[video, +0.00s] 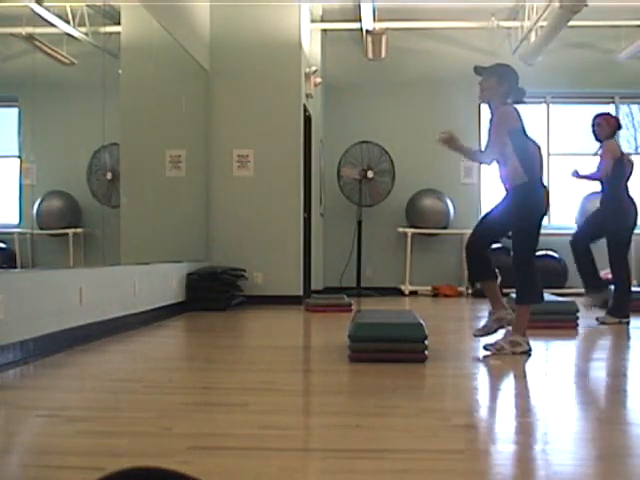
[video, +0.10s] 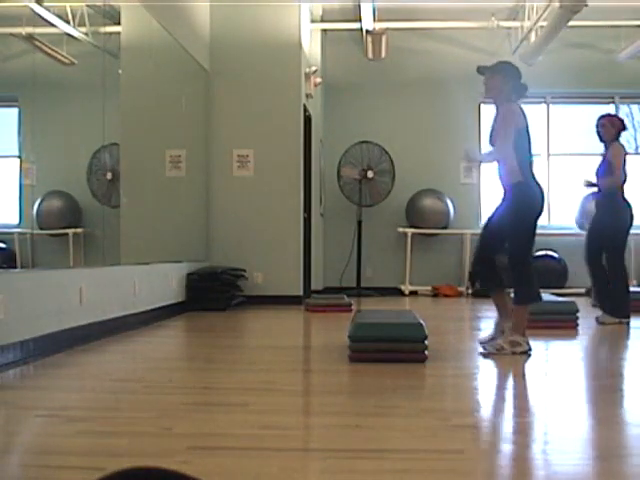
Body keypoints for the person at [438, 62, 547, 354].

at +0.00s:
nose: (480, 84)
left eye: (486, 80)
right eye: (481, 80)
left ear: (502, 87)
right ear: (499, 88)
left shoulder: (504, 113)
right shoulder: (501, 115)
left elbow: (496, 152)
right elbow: (490, 156)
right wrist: (461, 148)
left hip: (525, 196)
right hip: (519, 195)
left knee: (523, 262)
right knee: (475, 245)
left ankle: (518, 337)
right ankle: (499, 310)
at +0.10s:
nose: (485, 85)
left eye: (490, 80)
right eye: (486, 80)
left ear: (506, 84)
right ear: (502, 85)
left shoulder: (509, 111)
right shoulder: (507, 112)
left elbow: (506, 149)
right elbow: (505, 151)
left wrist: (516, 189)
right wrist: (480, 158)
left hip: (522, 193)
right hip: (516, 192)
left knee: (518, 261)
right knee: (484, 258)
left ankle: (518, 336)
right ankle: (506, 322)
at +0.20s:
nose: (490, 87)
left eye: (495, 82)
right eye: (490, 83)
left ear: (509, 84)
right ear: (502, 86)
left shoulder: (516, 113)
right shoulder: (507, 114)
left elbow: (506, 149)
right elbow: (498, 157)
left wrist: (503, 183)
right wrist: (484, 190)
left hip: (520, 193)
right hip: (513, 192)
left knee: (510, 261)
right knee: (507, 261)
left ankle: (517, 335)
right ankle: (513, 332)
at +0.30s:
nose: (493, 87)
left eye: (499, 82)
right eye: (493, 82)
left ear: (514, 85)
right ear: (497, 86)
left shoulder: (516, 114)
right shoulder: (503, 119)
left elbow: (497, 157)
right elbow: (490, 165)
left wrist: (461, 183)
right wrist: (459, 184)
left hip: (530, 194)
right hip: (522, 194)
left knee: (511, 259)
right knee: (512, 259)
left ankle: (516, 333)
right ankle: (514, 332)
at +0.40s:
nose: (496, 90)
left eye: (501, 85)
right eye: (495, 85)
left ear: (515, 87)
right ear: (500, 88)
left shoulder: (518, 115)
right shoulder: (505, 125)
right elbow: (482, 163)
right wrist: (448, 178)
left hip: (535, 195)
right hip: (530, 195)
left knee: (508, 253)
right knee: (516, 256)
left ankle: (528, 321)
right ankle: (517, 330)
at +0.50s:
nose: (504, 93)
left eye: (508, 87)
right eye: (502, 88)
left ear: (522, 87)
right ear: (509, 89)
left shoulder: (529, 114)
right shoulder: (512, 124)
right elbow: (495, 166)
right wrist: (461, 187)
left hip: (540, 196)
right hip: (532, 197)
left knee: (519, 260)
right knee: (522, 260)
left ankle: (515, 333)